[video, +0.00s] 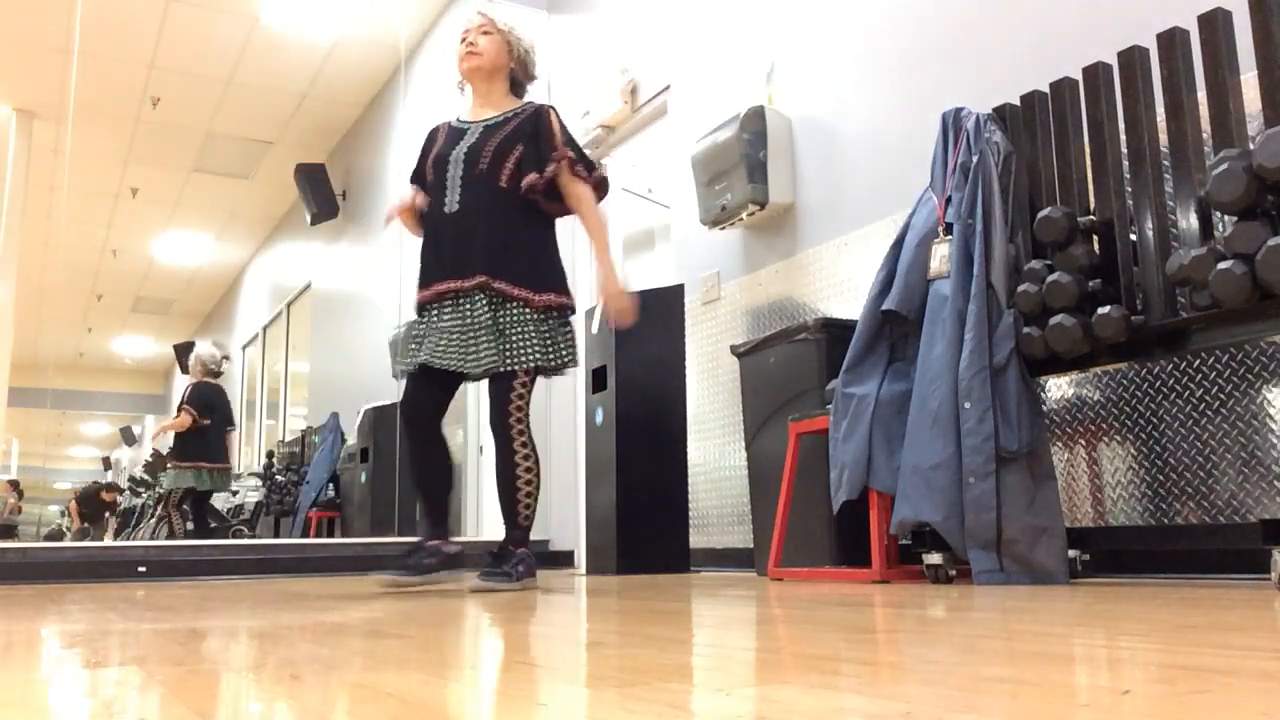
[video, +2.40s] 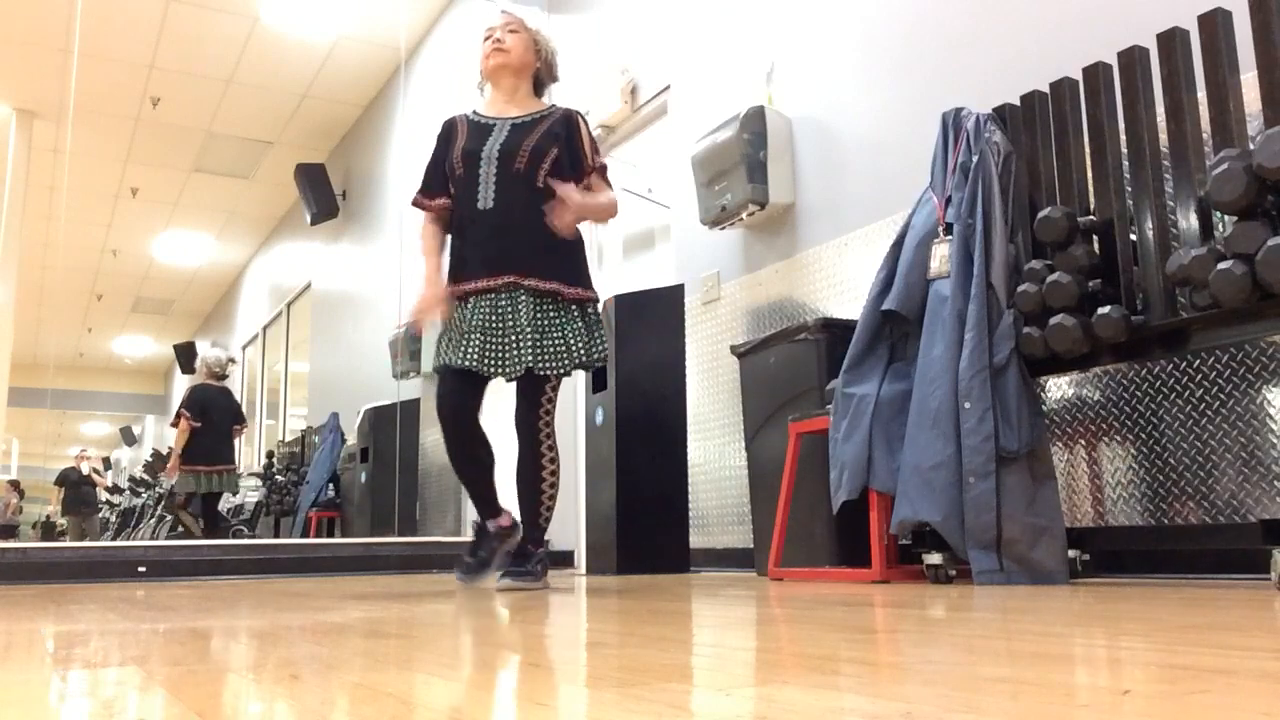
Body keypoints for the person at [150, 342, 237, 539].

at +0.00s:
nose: (190, 366)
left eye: (192, 363)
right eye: (191, 362)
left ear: (197, 366)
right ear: (215, 367)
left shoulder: (196, 389)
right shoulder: (221, 392)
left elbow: (184, 421)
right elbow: (229, 432)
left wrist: (163, 427)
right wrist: (230, 463)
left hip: (190, 466)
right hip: (214, 466)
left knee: (171, 506)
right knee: (200, 510)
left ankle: (179, 551)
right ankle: (204, 554)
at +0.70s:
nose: (206, 367)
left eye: (207, 364)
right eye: (207, 364)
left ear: (211, 367)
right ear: (232, 367)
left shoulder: (204, 391)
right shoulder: (241, 392)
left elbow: (191, 426)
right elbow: (253, 423)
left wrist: (177, 454)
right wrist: (231, 430)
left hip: (202, 465)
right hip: (230, 464)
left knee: (198, 513)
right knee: (210, 508)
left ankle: (206, 557)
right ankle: (230, 535)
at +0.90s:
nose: (210, 364)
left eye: (211, 361)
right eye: (210, 361)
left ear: (215, 363)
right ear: (236, 363)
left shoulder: (211, 387)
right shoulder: (245, 387)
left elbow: (207, 416)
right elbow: (253, 421)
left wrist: (200, 451)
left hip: (215, 460)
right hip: (243, 460)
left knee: (206, 509)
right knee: (243, 508)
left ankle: (208, 553)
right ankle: (261, 548)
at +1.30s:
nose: (211, 369)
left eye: (213, 364)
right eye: (212, 365)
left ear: (219, 367)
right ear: (236, 367)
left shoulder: (217, 388)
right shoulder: (244, 390)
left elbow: (215, 421)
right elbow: (255, 423)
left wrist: (195, 452)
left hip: (220, 465)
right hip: (247, 465)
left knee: (208, 509)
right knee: (248, 511)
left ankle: (219, 553)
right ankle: (265, 552)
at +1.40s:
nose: (210, 367)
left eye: (213, 363)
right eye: (212, 363)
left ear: (217, 366)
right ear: (236, 367)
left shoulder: (215, 389)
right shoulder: (241, 392)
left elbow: (210, 423)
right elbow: (252, 428)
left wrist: (184, 452)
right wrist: (252, 462)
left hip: (215, 466)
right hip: (239, 466)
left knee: (206, 509)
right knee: (234, 510)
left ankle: (218, 553)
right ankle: (258, 547)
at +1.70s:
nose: (207, 364)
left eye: (209, 361)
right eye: (208, 360)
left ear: (214, 364)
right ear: (233, 365)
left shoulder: (207, 387)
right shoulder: (239, 390)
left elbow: (191, 422)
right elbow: (253, 422)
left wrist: (175, 422)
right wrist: (241, 448)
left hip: (209, 460)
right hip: (235, 460)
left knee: (210, 510)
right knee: (212, 507)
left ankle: (219, 553)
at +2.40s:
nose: (199, 369)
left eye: (201, 366)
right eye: (201, 366)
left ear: (205, 369)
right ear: (224, 371)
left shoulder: (196, 392)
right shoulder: (227, 393)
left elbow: (184, 426)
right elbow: (241, 426)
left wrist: (175, 457)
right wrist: (221, 439)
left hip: (194, 465)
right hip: (221, 465)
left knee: (179, 507)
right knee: (211, 511)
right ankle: (211, 552)